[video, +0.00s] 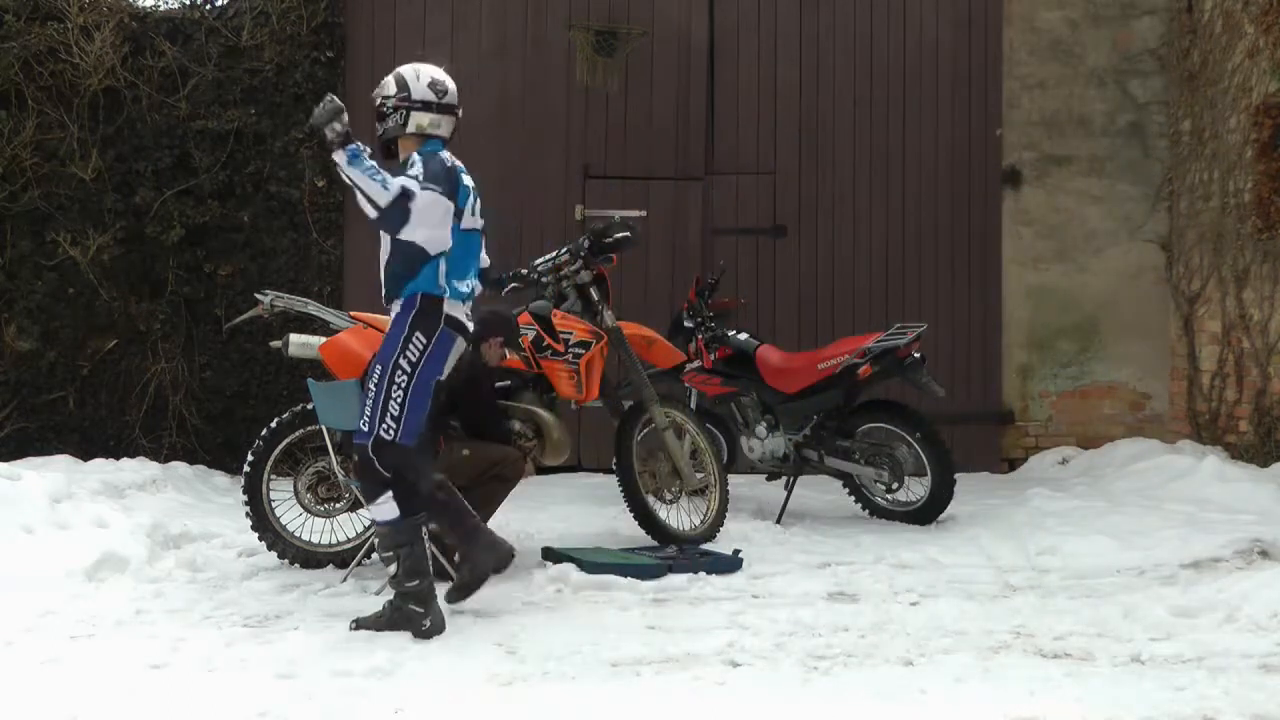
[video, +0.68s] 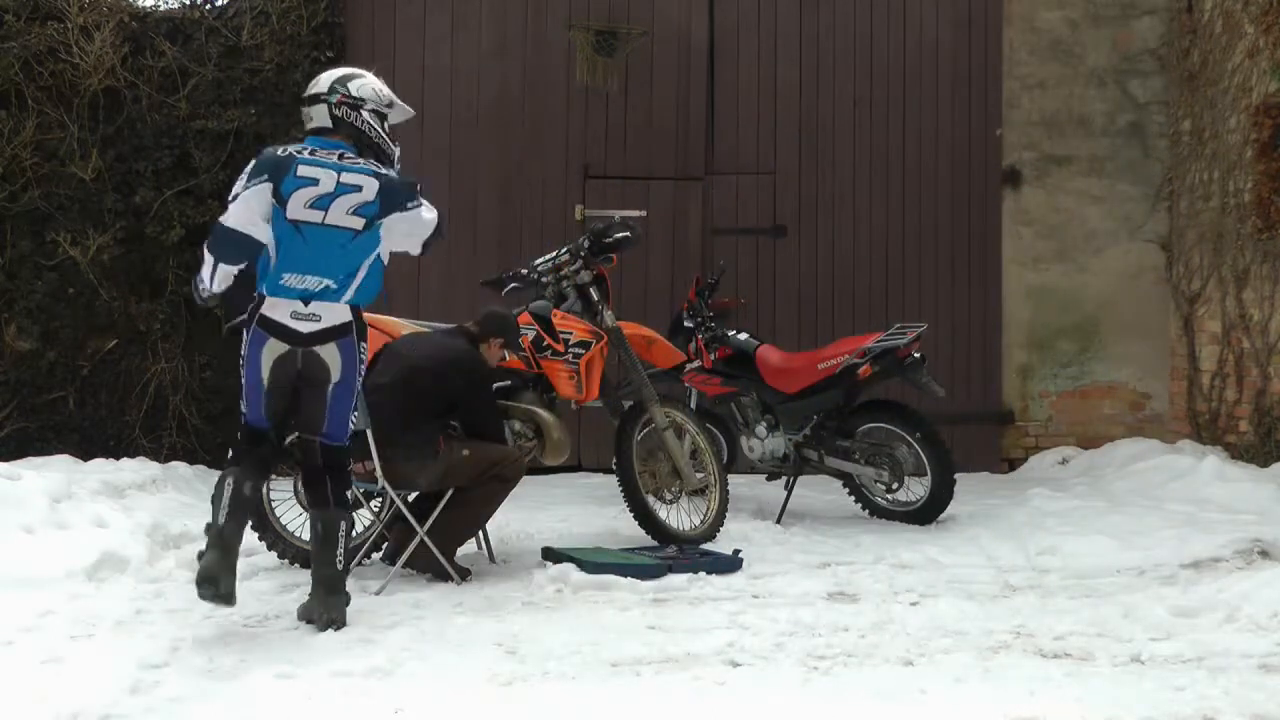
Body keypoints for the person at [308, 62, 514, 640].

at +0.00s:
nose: (381, 121)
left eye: (385, 111)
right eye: (383, 111)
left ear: (401, 114)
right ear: (440, 118)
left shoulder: (431, 167)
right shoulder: (450, 171)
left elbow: (405, 216)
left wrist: (345, 148)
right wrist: (353, 161)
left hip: (427, 314)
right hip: (440, 314)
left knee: (375, 448)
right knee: (392, 445)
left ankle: (413, 597)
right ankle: (477, 543)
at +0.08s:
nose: (364, 131)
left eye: (366, 122)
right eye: (366, 122)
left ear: (375, 122)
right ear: (426, 124)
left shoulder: (398, 171)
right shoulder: (455, 185)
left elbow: (337, 196)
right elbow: (484, 273)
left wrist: (302, 123)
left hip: (417, 321)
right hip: (443, 323)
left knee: (363, 454)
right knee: (349, 429)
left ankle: (412, 597)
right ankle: (439, 512)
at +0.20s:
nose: (346, 132)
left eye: (346, 123)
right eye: (347, 124)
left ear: (352, 123)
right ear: (406, 115)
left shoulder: (363, 162)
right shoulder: (446, 177)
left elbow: (288, 189)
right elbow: (491, 250)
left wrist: (248, 143)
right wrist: (500, 318)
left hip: (390, 319)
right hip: (404, 319)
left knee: (361, 457)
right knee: (302, 410)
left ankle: (415, 599)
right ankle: (362, 523)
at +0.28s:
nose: (344, 116)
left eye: (344, 108)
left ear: (345, 110)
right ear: (405, 108)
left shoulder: (344, 156)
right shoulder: (434, 169)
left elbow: (269, 191)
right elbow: (483, 232)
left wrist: (228, 206)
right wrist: (516, 276)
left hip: (366, 306)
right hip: (399, 310)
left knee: (353, 448)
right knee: (311, 428)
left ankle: (408, 593)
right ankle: (338, 569)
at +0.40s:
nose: (411, 134)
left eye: (412, 124)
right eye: (406, 123)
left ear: (350, 116)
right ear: (383, 120)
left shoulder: (318, 165)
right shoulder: (414, 182)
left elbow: (274, 237)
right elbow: (477, 228)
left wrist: (251, 299)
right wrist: (509, 184)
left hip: (331, 328)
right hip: (384, 335)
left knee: (282, 446)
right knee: (343, 461)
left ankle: (360, 551)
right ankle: (326, 594)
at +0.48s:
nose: (407, 146)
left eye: (407, 137)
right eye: (401, 135)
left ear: (343, 129)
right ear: (377, 132)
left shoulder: (307, 175)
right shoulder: (412, 192)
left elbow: (284, 255)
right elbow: (471, 206)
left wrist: (260, 326)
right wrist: (480, 152)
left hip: (312, 339)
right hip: (373, 347)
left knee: (265, 441)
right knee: (335, 459)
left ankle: (311, 520)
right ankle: (329, 595)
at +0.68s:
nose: (388, 131)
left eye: (386, 121)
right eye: (382, 121)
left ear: (318, 115)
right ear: (359, 118)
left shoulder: (273, 163)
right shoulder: (383, 183)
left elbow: (232, 238)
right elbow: (424, 229)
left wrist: (209, 293)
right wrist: (390, 174)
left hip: (271, 328)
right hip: (339, 335)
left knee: (254, 440)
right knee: (328, 460)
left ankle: (221, 554)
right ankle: (327, 596)